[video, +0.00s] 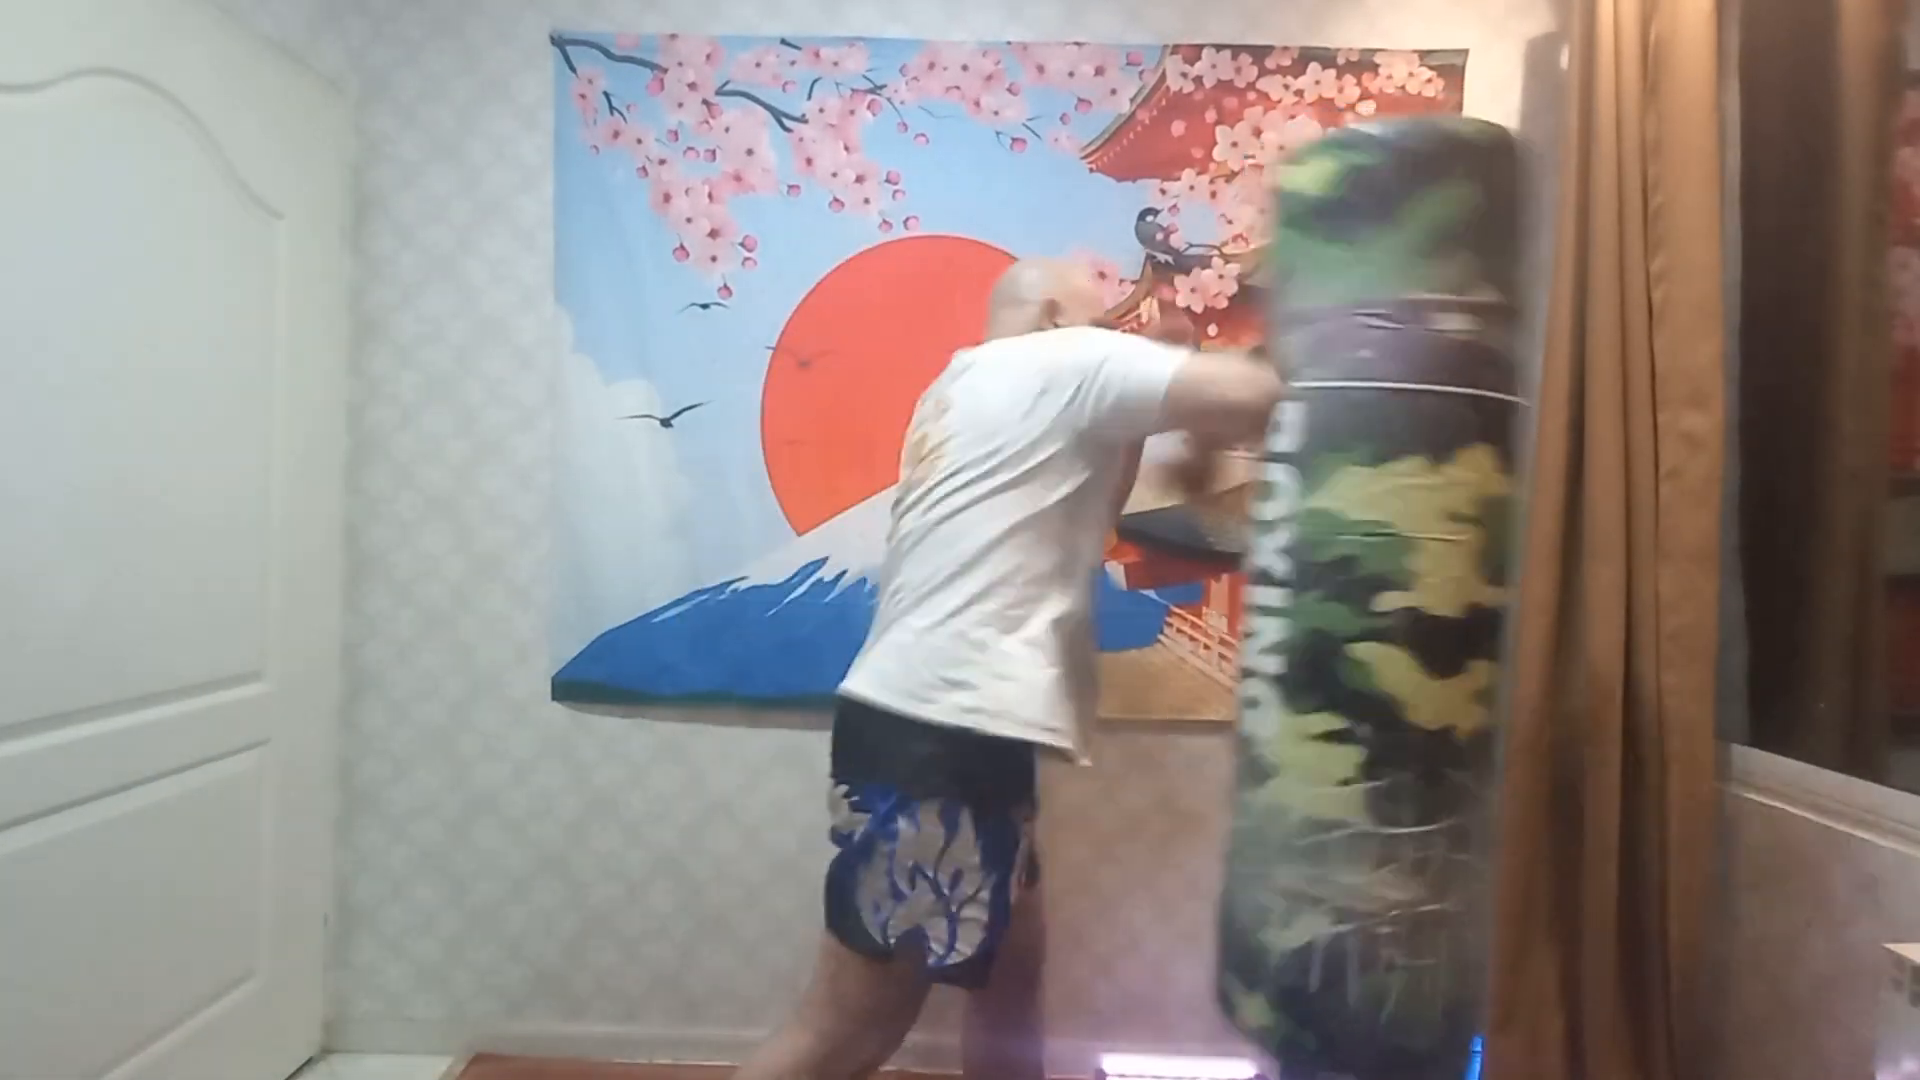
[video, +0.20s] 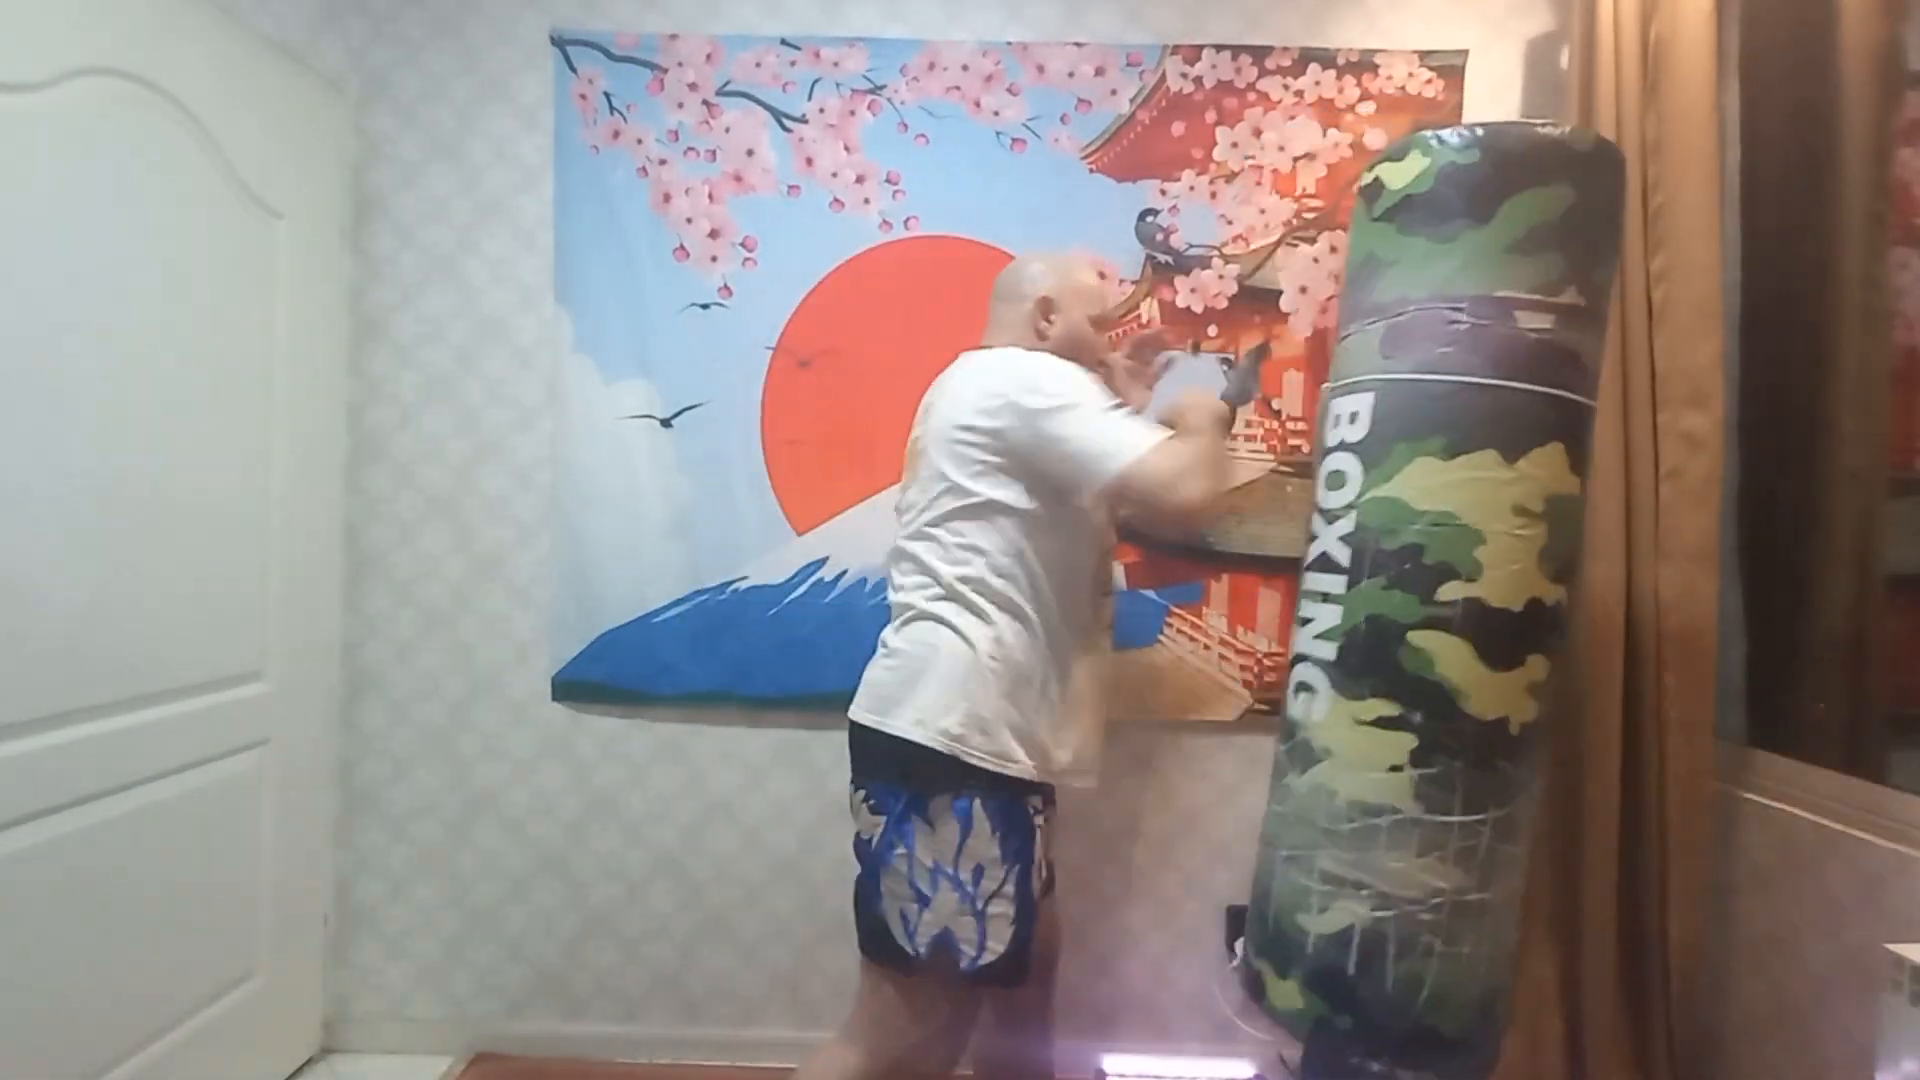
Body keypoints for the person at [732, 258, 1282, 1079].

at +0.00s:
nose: (1111, 305)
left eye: (1104, 292)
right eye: (1094, 292)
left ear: (1015, 316)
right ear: (1052, 307)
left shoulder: (952, 390)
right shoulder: (1072, 363)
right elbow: (1257, 388)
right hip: (941, 731)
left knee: (1008, 988)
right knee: (848, 1028)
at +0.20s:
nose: (1122, 324)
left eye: (1119, 308)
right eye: (1106, 307)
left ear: (1036, 322)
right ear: (1047, 317)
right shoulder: (1017, 382)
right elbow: (1182, 489)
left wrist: (1126, 400)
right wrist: (1198, 418)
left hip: (994, 742)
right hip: (945, 740)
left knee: (1022, 982)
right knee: (908, 1029)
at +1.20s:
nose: (789, 341)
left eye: (788, 320)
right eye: (774, 319)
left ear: (698, 317)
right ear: (710, 315)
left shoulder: (617, 385)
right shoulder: (718, 401)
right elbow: (863, 496)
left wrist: (770, 412)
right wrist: (931, 392)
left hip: (561, 741)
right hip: (668, 760)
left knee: (581, 973)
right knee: (717, 1004)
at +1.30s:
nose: (780, 337)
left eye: (780, 316)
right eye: (766, 316)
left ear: (687, 316)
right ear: (700, 314)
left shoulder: (610, 384)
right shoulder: (714, 399)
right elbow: (892, 459)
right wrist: (1023, 370)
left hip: (554, 745)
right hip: (661, 762)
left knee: (570, 985)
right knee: (723, 1012)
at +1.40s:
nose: (782, 332)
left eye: (781, 310)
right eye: (767, 310)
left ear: (690, 310)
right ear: (698, 307)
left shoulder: (631, 379)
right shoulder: (704, 402)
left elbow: (679, 488)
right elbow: (820, 521)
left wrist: (798, 457)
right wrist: (945, 422)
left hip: (566, 754)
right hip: (660, 774)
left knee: (581, 981)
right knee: (730, 1027)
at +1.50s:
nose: (783, 329)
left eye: (782, 308)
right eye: (767, 306)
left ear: (692, 308)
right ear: (694, 304)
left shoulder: (683, 409)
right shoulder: (654, 408)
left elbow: (792, 541)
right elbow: (632, 603)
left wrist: (831, 432)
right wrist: (835, 532)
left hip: (618, 792)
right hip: (673, 803)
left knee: (596, 1014)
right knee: (758, 1055)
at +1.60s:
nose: (774, 326)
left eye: (774, 304)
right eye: (757, 300)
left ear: (688, 301)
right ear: (680, 299)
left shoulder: (761, 422)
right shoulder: (589, 419)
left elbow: (885, 468)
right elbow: (507, 625)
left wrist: (873, 344)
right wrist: (730, 616)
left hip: (750, 796)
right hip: (670, 813)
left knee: (676, 1019)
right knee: (767, 1031)